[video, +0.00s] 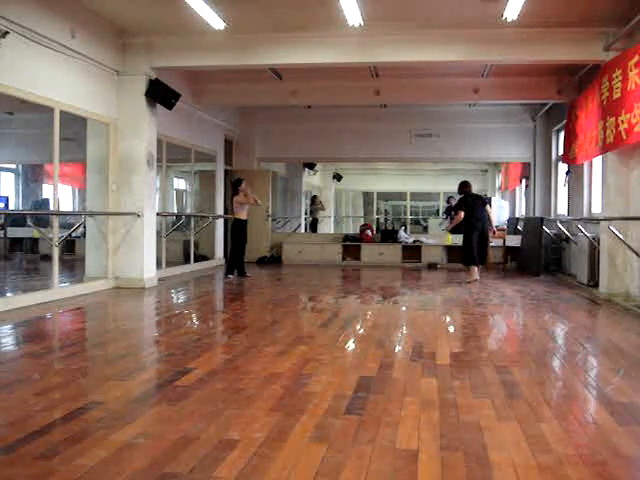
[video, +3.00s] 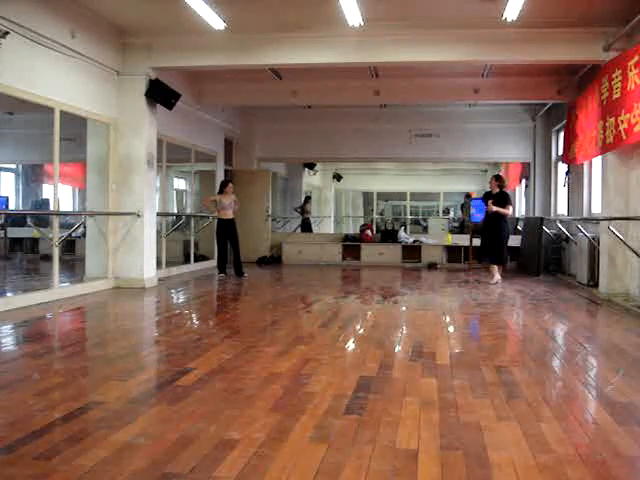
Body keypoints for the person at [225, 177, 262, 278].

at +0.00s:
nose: (245, 186)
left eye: (245, 184)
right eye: (243, 184)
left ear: (242, 186)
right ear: (239, 187)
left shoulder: (244, 197)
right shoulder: (237, 198)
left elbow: (258, 203)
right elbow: (249, 202)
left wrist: (251, 195)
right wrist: (247, 193)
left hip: (244, 221)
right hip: (237, 221)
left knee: (242, 248)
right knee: (235, 248)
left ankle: (241, 271)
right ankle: (229, 272)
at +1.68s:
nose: (240, 187)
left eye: (240, 185)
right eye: (238, 185)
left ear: (238, 187)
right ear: (234, 187)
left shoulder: (241, 197)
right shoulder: (233, 198)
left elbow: (253, 198)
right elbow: (241, 197)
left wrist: (249, 196)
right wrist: (247, 196)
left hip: (240, 221)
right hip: (234, 221)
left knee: (239, 248)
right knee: (232, 248)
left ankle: (241, 271)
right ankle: (230, 272)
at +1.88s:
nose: (242, 186)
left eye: (242, 184)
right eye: (240, 184)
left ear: (241, 187)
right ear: (236, 187)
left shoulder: (242, 198)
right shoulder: (235, 198)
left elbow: (244, 211)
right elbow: (233, 210)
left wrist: (250, 207)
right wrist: (244, 206)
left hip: (241, 221)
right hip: (235, 221)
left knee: (240, 247)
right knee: (233, 247)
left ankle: (241, 271)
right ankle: (230, 271)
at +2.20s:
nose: (245, 187)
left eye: (245, 185)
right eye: (243, 185)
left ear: (243, 187)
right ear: (238, 187)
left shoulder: (245, 198)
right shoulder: (233, 197)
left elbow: (245, 207)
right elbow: (220, 204)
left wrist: (246, 212)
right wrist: (229, 211)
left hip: (241, 221)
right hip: (233, 220)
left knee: (241, 247)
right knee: (230, 246)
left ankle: (241, 271)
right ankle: (226, 270)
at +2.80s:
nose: (232, 187)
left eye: (232, 185)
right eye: (230, 185)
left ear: (233, 187)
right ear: (225, 187)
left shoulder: (234, 196)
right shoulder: (220, 197)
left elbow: (238, 206)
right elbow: (208, 201)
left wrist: (238, 206)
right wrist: (214, 208)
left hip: (232, 220)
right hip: (222, 220)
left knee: (235, 247)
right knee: (222, 247)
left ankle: (238, 271)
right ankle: (222, 271)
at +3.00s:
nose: (231, 189)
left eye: (232, 187)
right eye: (229, 187)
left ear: (232, 188)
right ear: (224, 188)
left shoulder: (233, 197)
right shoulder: (219, 197)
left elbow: (237, 205)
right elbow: (206, 200)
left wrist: (235, 208)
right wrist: (214, 210)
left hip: (231, 220)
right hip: (222, 220)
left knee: (235, 247)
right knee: (222, 247)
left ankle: (239, 271)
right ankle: (222, 271)